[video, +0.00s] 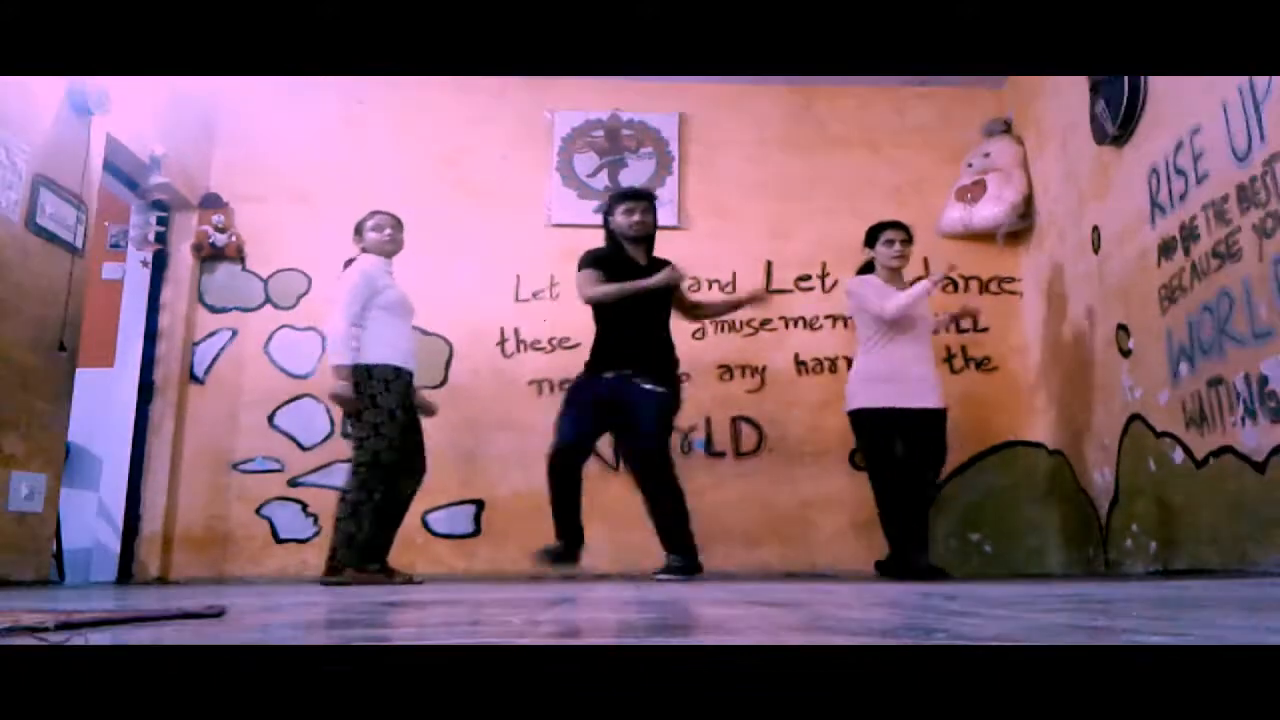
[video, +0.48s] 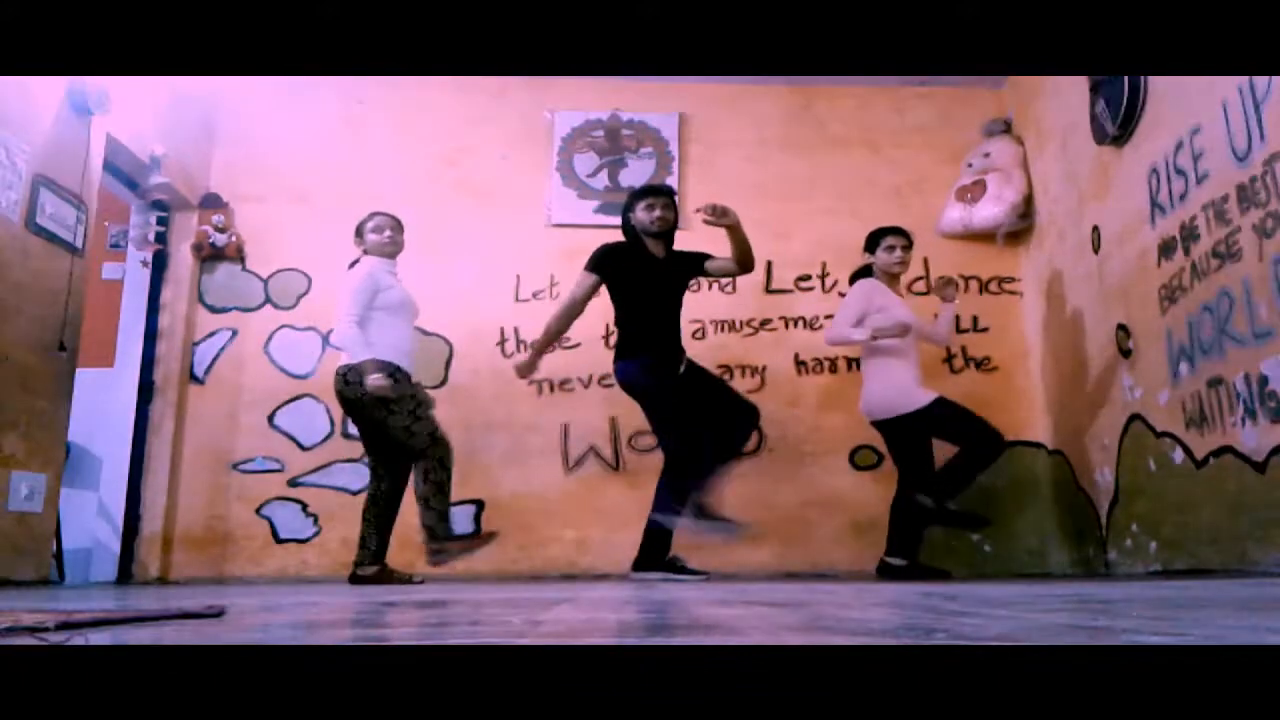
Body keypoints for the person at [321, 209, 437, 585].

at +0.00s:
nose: (388, 233)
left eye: (395, 228)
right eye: (378, 228)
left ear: (402, 240)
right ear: (361, 240)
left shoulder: (387, 278)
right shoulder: (366, 268)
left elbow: (391, 343)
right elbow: (344, 320)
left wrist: (411, 393)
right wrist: (342, 375)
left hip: (394, 381)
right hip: (375, 379)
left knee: (408, 467)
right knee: (374, 467)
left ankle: (372, 558)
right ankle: (346, 560)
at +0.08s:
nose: (390, 236)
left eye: (396, 232)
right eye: (379, 231)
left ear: (403, 242)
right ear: (361, 241)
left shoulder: (387, 279)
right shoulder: (365, 271)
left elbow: (394, 342)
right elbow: (351, 324)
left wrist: (408, 396)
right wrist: (357, 375)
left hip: (400, 384)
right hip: (376, 380)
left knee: (408, 471)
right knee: (361, 468)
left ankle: (373, 559)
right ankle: (341, 560)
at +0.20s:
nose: (389, 235)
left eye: (395, 230)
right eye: (378, 230)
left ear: (402, 241)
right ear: (362, 241)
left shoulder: (385, 277)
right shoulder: (365, 272)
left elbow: (383, 330)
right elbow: (356, 323)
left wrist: (405, 370)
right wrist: (386, 365)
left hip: (385, 378)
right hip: (373, 378)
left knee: (394, 468)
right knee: (419, 460)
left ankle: (371, 561)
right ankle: (351, 543)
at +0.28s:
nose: (390, 236)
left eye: (396, 231)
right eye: (379, 231)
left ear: (404, 242)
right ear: (361, 243)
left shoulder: (386, 278)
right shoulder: (368, 273)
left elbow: (386, 335)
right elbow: (353, 323)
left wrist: (410, 370)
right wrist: (394, 365)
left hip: (377, 381)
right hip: (372, 380)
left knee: (394, 470)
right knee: (442, 449)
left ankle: (371, 563)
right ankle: (363, 520)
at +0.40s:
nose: (388, 234)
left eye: (394, 230)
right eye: (378, 230)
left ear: (403, 240)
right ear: (361, 241)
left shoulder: (389, 279)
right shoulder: (367, 271)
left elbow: (394, 340)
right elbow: (350, 324)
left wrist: (414, 384)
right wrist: (381, 365)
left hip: (382, 380)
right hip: (376, 379)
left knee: (389, 471)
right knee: (425, 455)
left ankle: (369, 564)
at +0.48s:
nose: (388, 235)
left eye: (394, 230)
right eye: (377, 230)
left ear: (402, 240)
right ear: (361, 242)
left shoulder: (389, 279)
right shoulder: (366, 272)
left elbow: (390, 338)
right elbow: (345, 326)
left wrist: (411, 382)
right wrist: (368, 366)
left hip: (384, 379)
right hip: (373, 378)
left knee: (391, 468)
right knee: (434, 449)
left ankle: (369, 564)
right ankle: (440, 541)